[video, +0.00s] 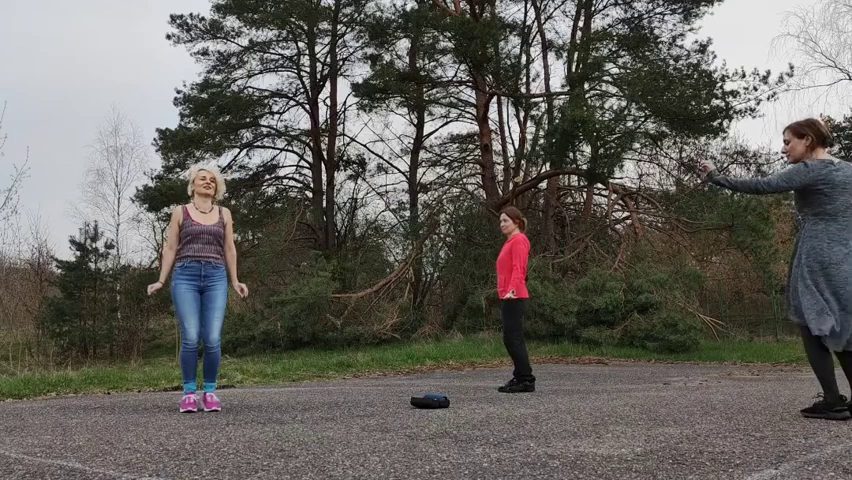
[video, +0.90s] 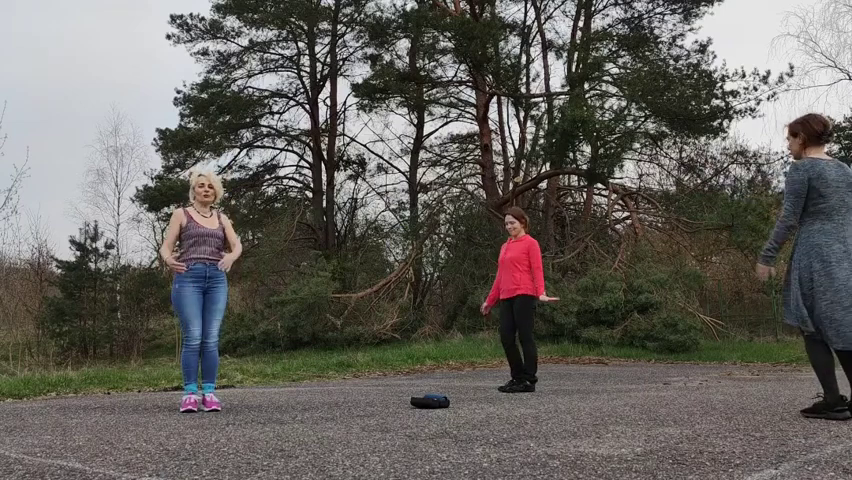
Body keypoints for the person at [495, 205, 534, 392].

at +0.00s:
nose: (502, 224)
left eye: (505, 221)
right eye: (501, 222)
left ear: (517, 222)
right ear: (502, 224)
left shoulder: (519, 240)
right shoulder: (511, 241)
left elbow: (519, 267)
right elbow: (511, 267)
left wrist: (512, 288)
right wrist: (505, 288)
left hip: (515, 297)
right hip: (508, 297)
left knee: (513, 338)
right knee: (510, 337)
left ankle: (525, 379)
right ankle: (520, 377)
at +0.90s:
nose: (510, 226)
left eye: (513, 222)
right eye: (507, 224)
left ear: (522, 222)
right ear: (505, 226)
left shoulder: (530, 242)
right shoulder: (505, 246)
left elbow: (537, 268)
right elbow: (500, 277)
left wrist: (541, 292)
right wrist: (490, 301)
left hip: (524, 295)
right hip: (506, 297)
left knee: (525, 336)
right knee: (507, 338)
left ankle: (529, 380)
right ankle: (517, 378)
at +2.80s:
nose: (490, 225)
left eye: (493, 222)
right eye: (489, 223)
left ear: (504, 223)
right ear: (491, 225)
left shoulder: (515, 243)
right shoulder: (496, 248)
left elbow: (526, 269)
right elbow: (497, 280)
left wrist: (526, 294)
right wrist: (488, 305)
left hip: (514, 299)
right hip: (500, 301)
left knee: (511, 340)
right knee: (501, 341)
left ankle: (527, 379)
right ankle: (516, 378)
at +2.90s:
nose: (487, 232)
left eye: (489, 227)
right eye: (485, 229)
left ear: (500, 225)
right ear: (489, 229)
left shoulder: (511, 245)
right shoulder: (495, 246)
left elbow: (516, 271)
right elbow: (498, 272)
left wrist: (509, 292)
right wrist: (492, 292)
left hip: (511, 300)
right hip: (496, 301)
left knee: (511, 340)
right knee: (487, 338)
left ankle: (527, 380)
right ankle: (506, 377)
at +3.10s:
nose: (473, 230)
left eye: (475, 225)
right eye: (472, 227)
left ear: (486, 222)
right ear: (480, 225)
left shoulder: (495, 240)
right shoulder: (488, 242)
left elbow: (480, 263)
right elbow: (501, 272)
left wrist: (456, 266)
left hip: (497, 298)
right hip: (485, 298)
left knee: (507, 336)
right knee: (472, 334)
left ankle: (525, 377)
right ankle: (467, 378)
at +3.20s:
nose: (465, 230)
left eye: (467, 226)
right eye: (464, 227)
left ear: (478, 223)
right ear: (475, 225)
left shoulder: (485, 241)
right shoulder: (482, 241)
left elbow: (468, 260)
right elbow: (495, 269)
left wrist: (442, 266)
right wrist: (502, 294)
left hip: (487, 298)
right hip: (475, 299)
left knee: (497, 336)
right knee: (466, 336)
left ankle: (521, 375)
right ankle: (467, 380)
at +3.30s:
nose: (456, 230)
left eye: (458, 226)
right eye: (455, 227)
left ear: (469, 224)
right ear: (468, 226)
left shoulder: (475, 244)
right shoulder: (475, 244)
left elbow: (457, 267)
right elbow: (484, 275)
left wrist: (434, 276)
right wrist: (487, 300)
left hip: (472, 300)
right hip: (466, 300)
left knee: (474, 340)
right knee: (463, 341)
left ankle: (509, 369)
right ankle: (468, 382)